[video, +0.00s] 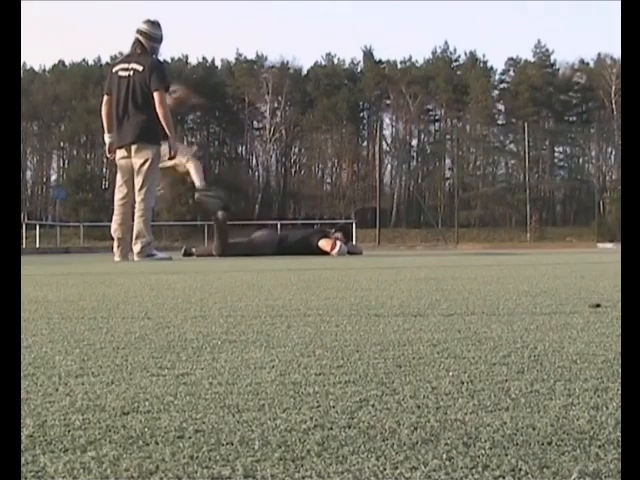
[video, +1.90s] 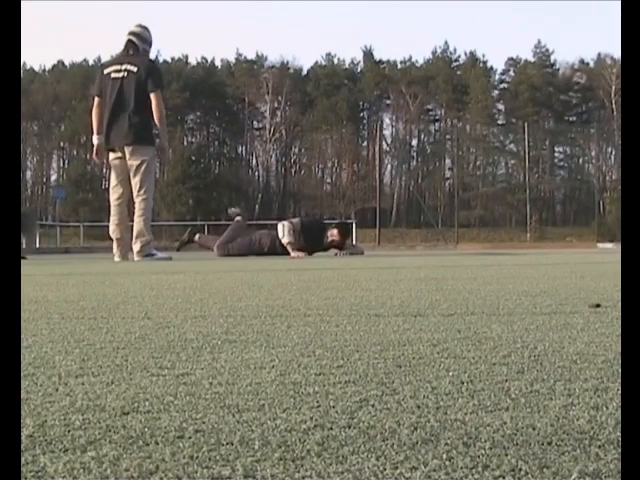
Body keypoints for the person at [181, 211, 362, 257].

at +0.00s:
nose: (338, 244)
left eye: (340, 242)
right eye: (340, 241)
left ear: (335, 234)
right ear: (335, 237)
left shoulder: (320, 235)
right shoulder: (320, 237)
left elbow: (348, 248)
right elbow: (330, 248)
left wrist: (344, 246)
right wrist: (339, 248)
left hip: (270, 237)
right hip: (271, 243)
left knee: (226, 248)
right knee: (223, 250)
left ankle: (193, 252)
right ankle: (221, 216)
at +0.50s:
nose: (338, 243)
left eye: (340, 241)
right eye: (339, 241)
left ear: (338, 238)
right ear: (335, 237)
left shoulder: (326, 239)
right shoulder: (321, 237)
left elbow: (354, 249)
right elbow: (329, 248)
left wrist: (344, 246)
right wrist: (337, 247)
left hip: (272, 245)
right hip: (270, 243)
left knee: (228, 251)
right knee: (220, 248)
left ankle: (193, 251)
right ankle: (245, 218)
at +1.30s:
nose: (342, 242)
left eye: (345, 241)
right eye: (342, 238)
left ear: (345, 241)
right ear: (337, 233)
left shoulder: (329, 242)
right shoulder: (313, 234)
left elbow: (359, 251)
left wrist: (344, 249)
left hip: (271, 247)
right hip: (266, 242)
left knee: (231, 245)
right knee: (221, 250)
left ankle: (199, 239)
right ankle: (236, 218)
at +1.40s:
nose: (343, 238)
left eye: (344, 238)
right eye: (342, 236)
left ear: (341, 239)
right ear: (336, 234)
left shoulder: (329, 242)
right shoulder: (322, 238)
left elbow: (355, 249)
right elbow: (290, 225)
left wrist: (350, 248)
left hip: (275, 244)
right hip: (270, 242)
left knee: (236, 244)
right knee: (221, 250)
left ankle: (200, 236)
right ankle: (236, 217)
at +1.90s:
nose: (334, 243)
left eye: (338, 242)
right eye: (336, 239)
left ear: (339, 240)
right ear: (333, 231)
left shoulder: (328, 240)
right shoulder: (315, 226)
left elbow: (359, 250)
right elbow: (284, 227)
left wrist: (345, 250)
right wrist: (292, 249)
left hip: (270, 248)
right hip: (265, 239)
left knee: (226, 248)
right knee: (220, 249)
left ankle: (196, 236)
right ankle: (238, 219)